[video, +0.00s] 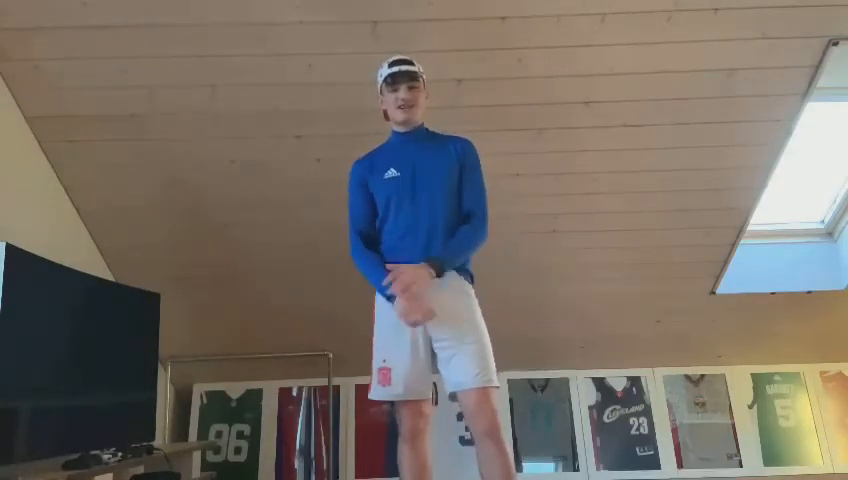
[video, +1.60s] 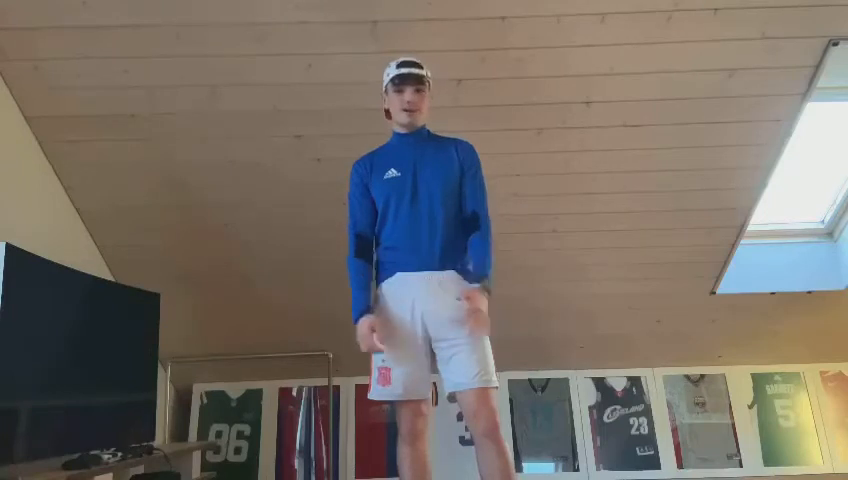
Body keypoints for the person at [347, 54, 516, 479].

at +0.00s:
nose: (404, 95)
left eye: (412, 87)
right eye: (394, 89)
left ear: (425, 95)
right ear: (382, 103)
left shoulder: (459, 150)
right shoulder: (366, 168)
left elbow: (477, 225)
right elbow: (360, 244)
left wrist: (431, 266)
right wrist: (399, 291)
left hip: (451, 292)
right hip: (394, 299)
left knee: (484, 414)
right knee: (413, 418)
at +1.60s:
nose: (410, 97)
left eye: (418, 89)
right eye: (400, 89)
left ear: (429, 99)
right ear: (386, 103)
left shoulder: (460, 152)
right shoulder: (367, 168)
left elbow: (479, 223)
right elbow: (360, 245)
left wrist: (477, 282)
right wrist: (363, 311)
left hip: (454, 291)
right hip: (394, 296)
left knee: (484, 417)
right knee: (412, 421)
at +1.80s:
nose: (407, 95)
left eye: (415, 87)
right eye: (397, 89)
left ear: (426, 96)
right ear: (383, 104)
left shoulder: (459, 151)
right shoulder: (367, 167)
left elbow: (493, 222)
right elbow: (347, 249)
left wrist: (532, 287)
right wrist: (323, 321)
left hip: (452, 293)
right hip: (395, 298)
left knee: (484, 416)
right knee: (412, 420)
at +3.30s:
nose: (413, 95)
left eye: (419, 87)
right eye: (402, 87)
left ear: (426, 96)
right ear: (380, 99)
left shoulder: (454, 150)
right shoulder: (361, 168)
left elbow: (482, 218)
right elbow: (348, 239)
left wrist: (486, 262)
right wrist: (337, 288)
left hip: (451, 294)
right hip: (394, 299)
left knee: (482, 417)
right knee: (411, 422)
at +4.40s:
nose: (412, 115)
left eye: (419, 105)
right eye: (402, 105)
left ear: (428, 105)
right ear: (381, 105)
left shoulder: (455, 151)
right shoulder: (363, 172)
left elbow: (496, 207)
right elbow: (354, 252)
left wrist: (447, 228)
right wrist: (388, 257)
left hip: (466, 289)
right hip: (409, 296)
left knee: (505, 405)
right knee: (418, 419)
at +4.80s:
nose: (452, 107)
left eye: (460, 98)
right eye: (443, 96)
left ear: (469, 96)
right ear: (421, 91)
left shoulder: (487, 146)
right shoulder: (391, 158)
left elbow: (534, 206)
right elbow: (374, 239)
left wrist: (487, 222)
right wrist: (410, 230)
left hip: (486, 289)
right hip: (429, 293)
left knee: (513, 409)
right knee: (430, 420)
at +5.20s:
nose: (498, 106)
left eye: (509, 97)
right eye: (490, 94)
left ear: (519, 94)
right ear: (472, 84)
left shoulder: (534, 141)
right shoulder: (439, 146)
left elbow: (576, 195)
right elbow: (409, 223)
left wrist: (511, 182)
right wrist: (455, 192)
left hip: (522, 288)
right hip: (463, 293)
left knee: (532, 413)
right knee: (447, 419)